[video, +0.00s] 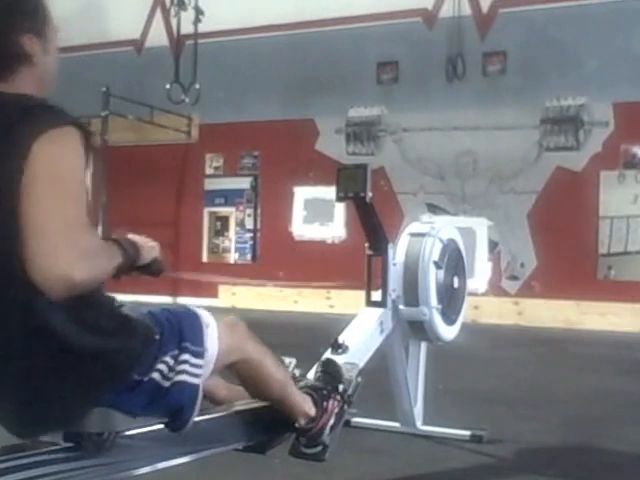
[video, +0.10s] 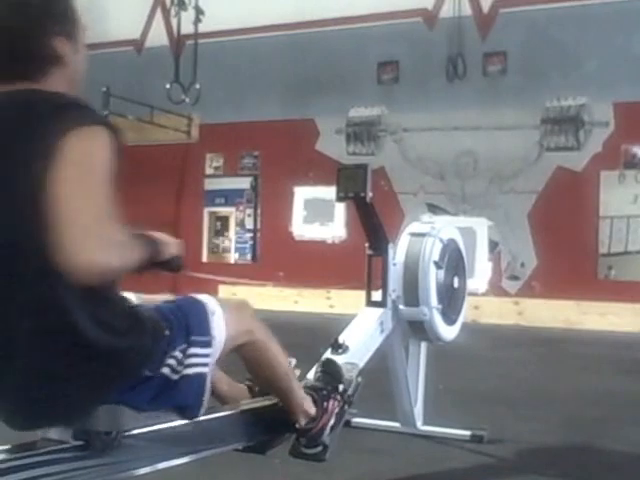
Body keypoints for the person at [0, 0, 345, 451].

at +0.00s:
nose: (56, 58)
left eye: (54, 45)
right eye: (52, 45)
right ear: (29, 45)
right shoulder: (45, 129)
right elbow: (61, 267)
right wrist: (128, 249)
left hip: (8, 356)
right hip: (54, 358)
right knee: (234, 335)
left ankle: (251, 407)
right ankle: (307, 412)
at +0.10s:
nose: (86, 59)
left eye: (84, 46)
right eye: (82, 46)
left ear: (5, 49)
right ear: (59, 47)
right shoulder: (71, 125)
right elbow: (86, 255)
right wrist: (151, 246)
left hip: (8, 363)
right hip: (69, 360)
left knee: (155, 316)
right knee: (242, 318)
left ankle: (242, 401)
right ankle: (305, 412)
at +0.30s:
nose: (158, 65)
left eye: (154, 52)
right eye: (153, 52)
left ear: (75, 62)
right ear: (136, 58)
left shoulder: (35, 134)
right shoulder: (161, 138)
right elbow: (244, 246)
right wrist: (261, 228)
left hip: (60, 368)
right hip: (139, 369)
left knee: (194, 274)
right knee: (270, 278)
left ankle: (240, 402)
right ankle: (309, 413)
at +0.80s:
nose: (273, 109)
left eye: (269, 100)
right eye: (270, 101)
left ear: (201, 110)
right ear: (260, 110)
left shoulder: (179, 158)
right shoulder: (275, 162)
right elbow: (352, 218)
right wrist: (380, 242)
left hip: (161, 358)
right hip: (239, 360)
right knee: (308, 245)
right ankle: (310, 406)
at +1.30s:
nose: (70, 50)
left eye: (67, 38)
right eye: (64, 38)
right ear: (41, 44)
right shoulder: (88, 132)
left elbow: (38, 222)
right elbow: (211, 208)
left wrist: (130, 224)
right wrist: (260, 228)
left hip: (25, 379)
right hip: (108, 362)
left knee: (203, 379)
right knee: (250, 331)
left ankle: (260, 415)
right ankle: (315, 418)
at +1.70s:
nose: (93, 64)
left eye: (91, 51)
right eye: (88, 50)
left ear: (7, 57)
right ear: (65, 53)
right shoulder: (83, 135)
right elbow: (105, 265)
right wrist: (167, 249)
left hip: (16, 377)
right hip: (85, 369)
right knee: (252, 313)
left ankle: (255, 418)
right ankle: (312, 422)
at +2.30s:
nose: (279, 119)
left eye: (276, 110)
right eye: (277, 110)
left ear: (210, 120)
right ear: (267, 121)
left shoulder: (185, 170)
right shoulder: (282, 174)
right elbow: (357, 231)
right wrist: (391, 258)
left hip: (169, 367)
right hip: (246, 369)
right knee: (317, 251)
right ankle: (316, 413)